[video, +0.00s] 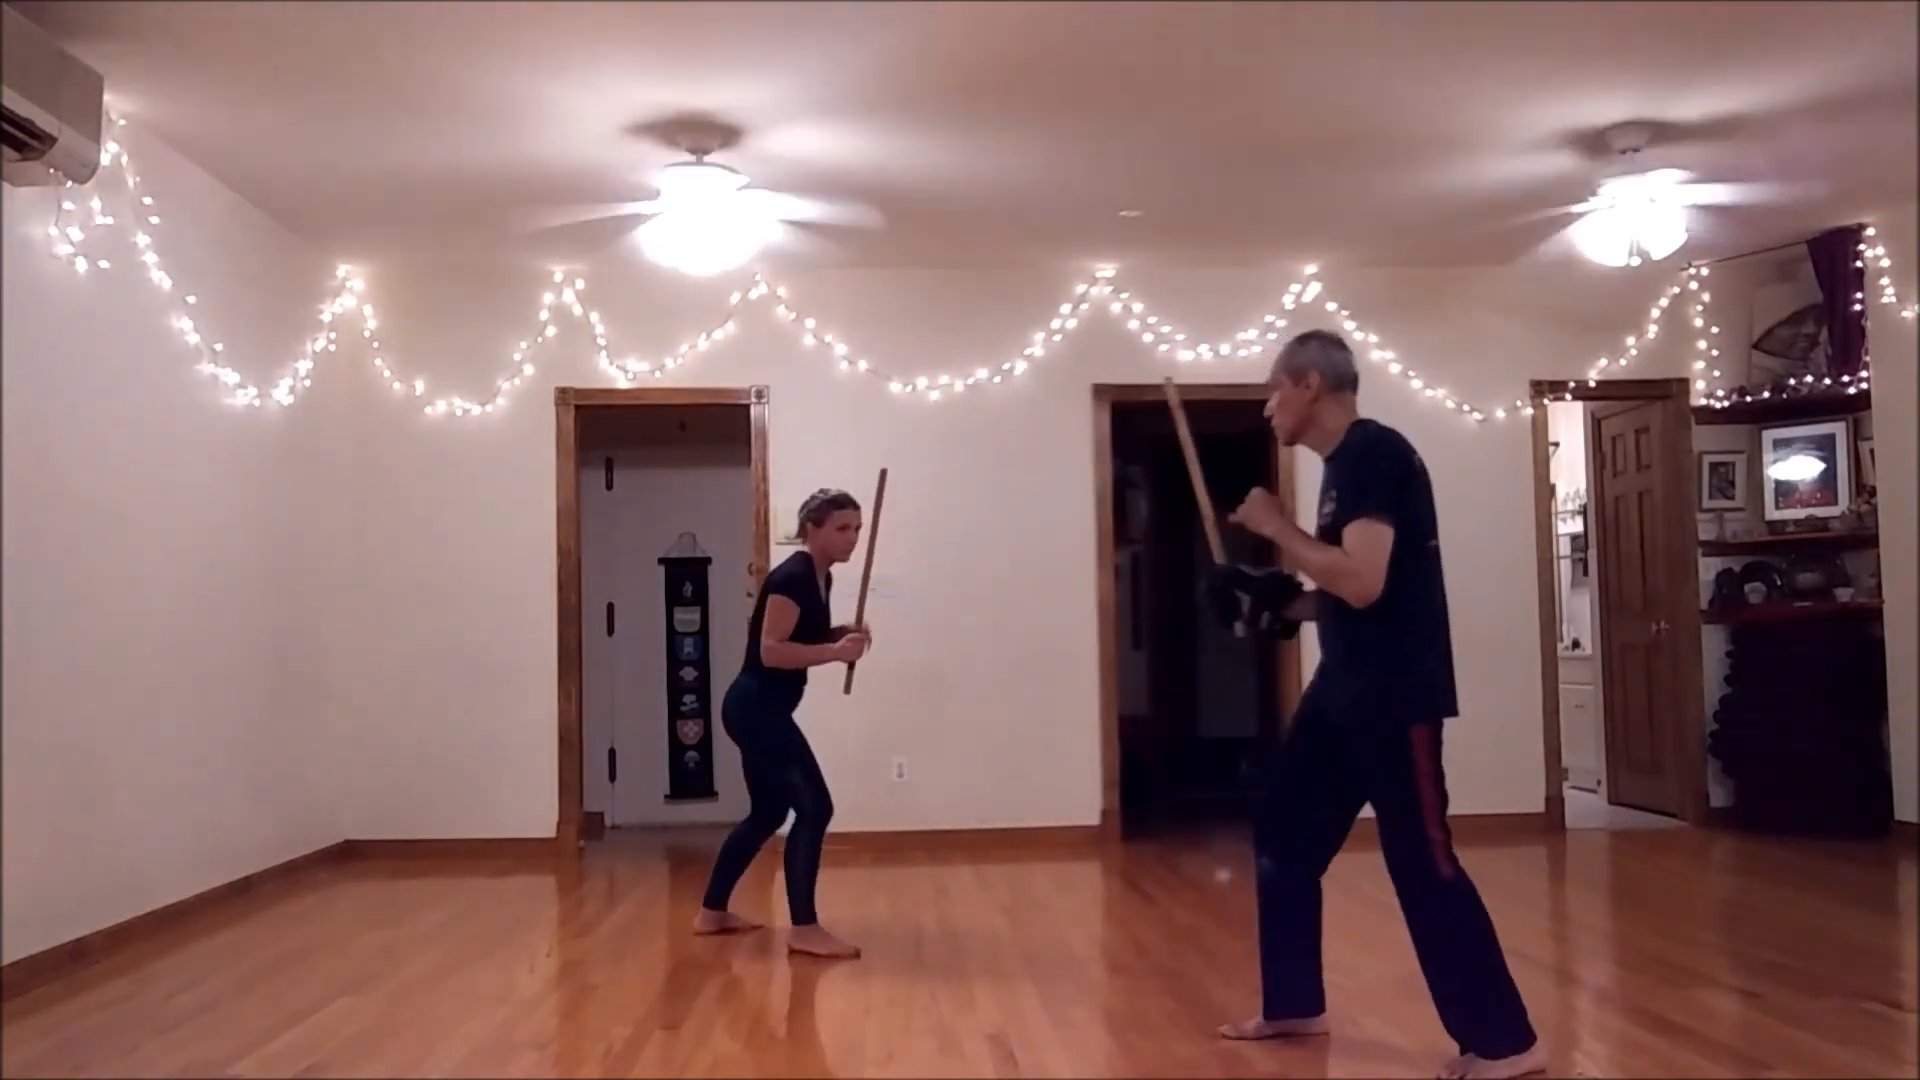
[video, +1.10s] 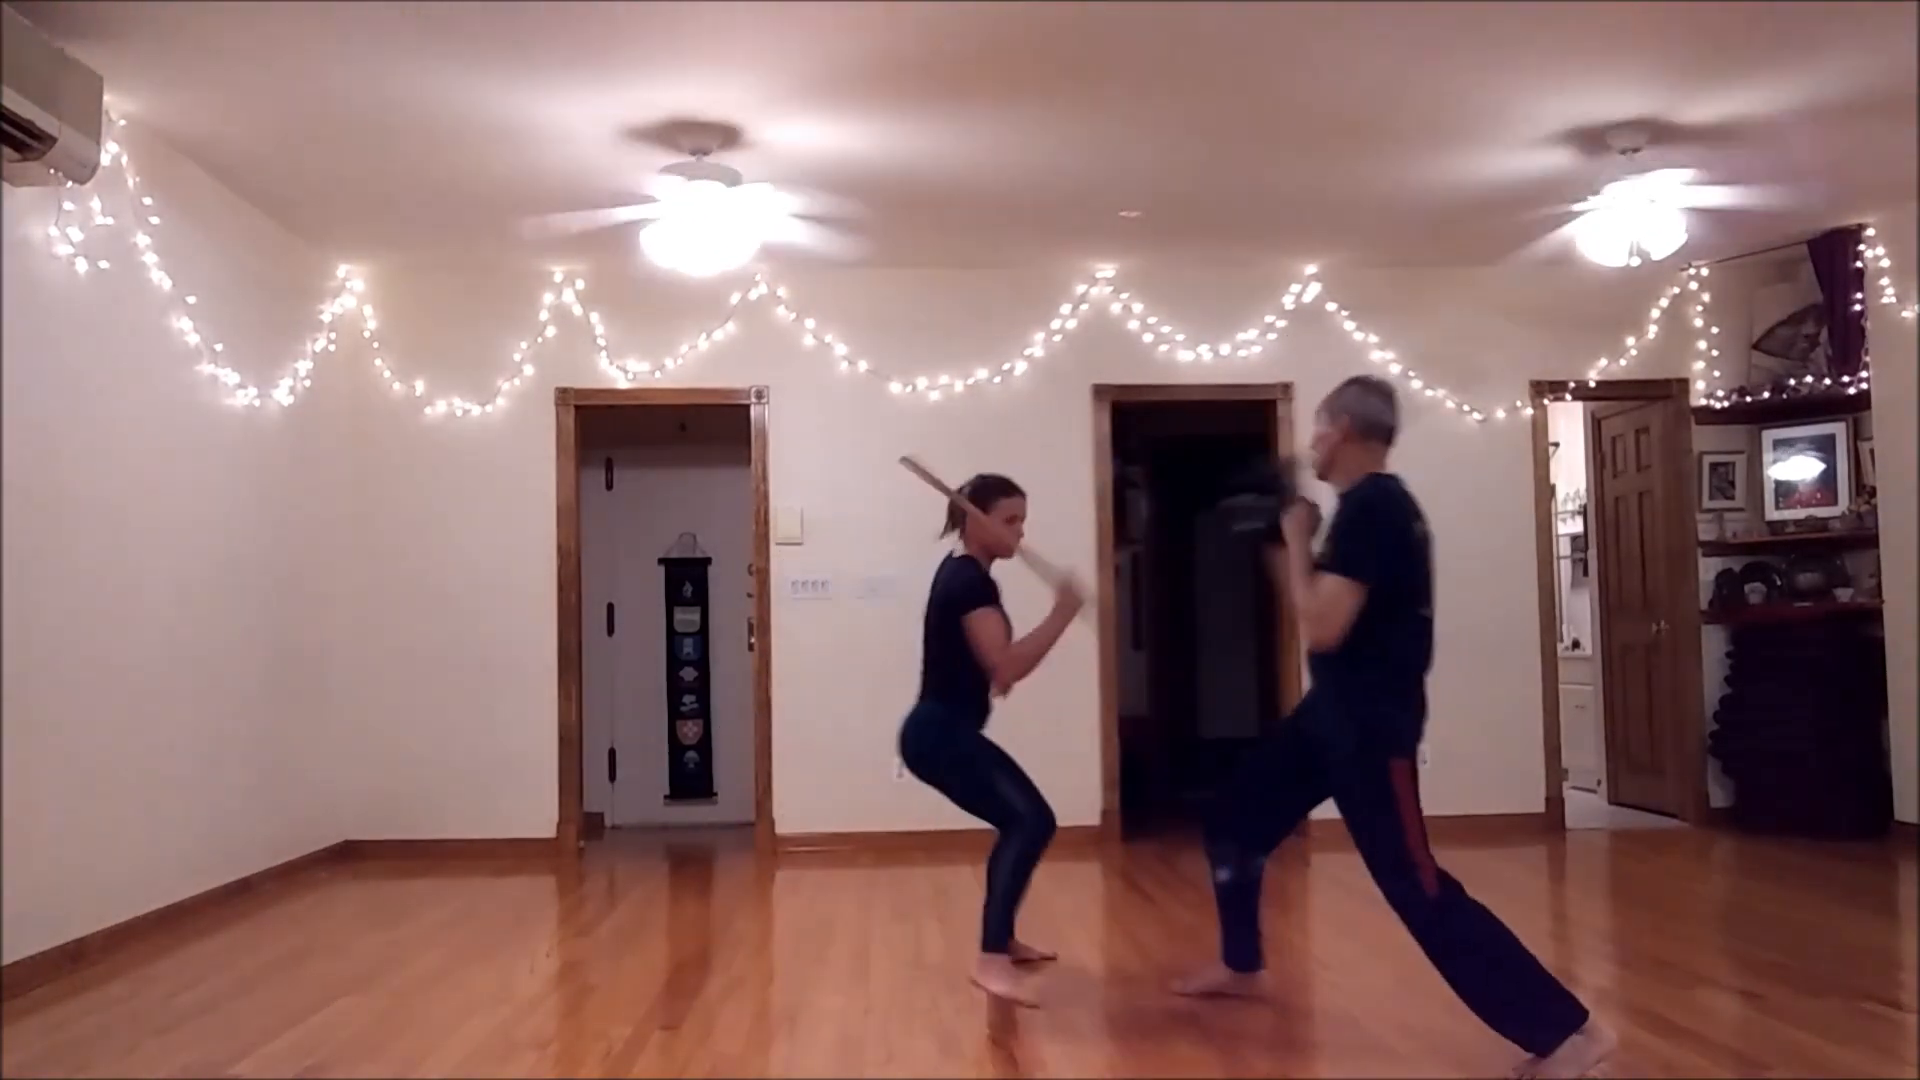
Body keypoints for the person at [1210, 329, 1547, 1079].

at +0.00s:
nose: (1270, 406)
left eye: (1276, 390)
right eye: (1270, 392)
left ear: (1314, 386)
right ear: (1320, 387)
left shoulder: (1375, 454)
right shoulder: (1341, 468)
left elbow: (1362, 578)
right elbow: (1358, 591)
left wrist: (1279, 529)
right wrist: (1284, 602)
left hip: (1397, 696)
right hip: (1346, 693)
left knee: (1424, 862)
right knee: (1286, 837)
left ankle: (1505, 1042)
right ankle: (1293, 1007)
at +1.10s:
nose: (1312, 438)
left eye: (1321, 425)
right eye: (1317, 425)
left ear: (1345, 433)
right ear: (1369, 436)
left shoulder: (1374, 508)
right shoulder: (1371, 504)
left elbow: (1321, 626)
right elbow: (1328, 616)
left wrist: (1296, 543)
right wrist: (1294, 545)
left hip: (1372, 723)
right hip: (1335, 714)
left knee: (1417, 885)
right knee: (1236, 815)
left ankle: (1567, 1032)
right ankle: (1239, 964)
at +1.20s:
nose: (1277, 441)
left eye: (1282, 430)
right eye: (1282, 430)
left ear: (1299, 435)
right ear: (1335, 439)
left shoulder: (1326, 501)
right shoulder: (1325, 501)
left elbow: (1279, 607)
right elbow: (1251, 579)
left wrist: (1263, 532)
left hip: (1344, 713)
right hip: (1314, 709)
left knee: (1407, 865)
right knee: (1238, 814)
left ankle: (1547, 1014)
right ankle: (1220, 954)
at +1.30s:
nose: (1223, 464)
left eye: (1227, 450)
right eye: (1226, 452)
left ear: (1244, 448)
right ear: (1281, 444)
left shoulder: (1290, 498)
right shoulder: (1271, 512)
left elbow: (1259, 605)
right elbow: (1197, 593)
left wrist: (1228, 546)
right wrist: (1136, 606)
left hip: (1321, 700)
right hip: (1290, 700)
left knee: (1355, 854)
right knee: (1226, 812)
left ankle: (1509, 985)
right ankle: (1221, 955)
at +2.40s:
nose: (1161, 466)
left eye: (1165, 453)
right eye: (1160, 454)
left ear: (1193, 445)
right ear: (1205, 445)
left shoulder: (1238, 490)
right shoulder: (1227, 500)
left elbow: (1212, 591)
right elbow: (1228, 621)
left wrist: (1178, 541)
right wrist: (1181, 694)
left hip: (1274, 686)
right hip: (1239, 687)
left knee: (1308, 829)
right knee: (1183, 812)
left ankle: (1406, 979)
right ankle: (1213, 958)